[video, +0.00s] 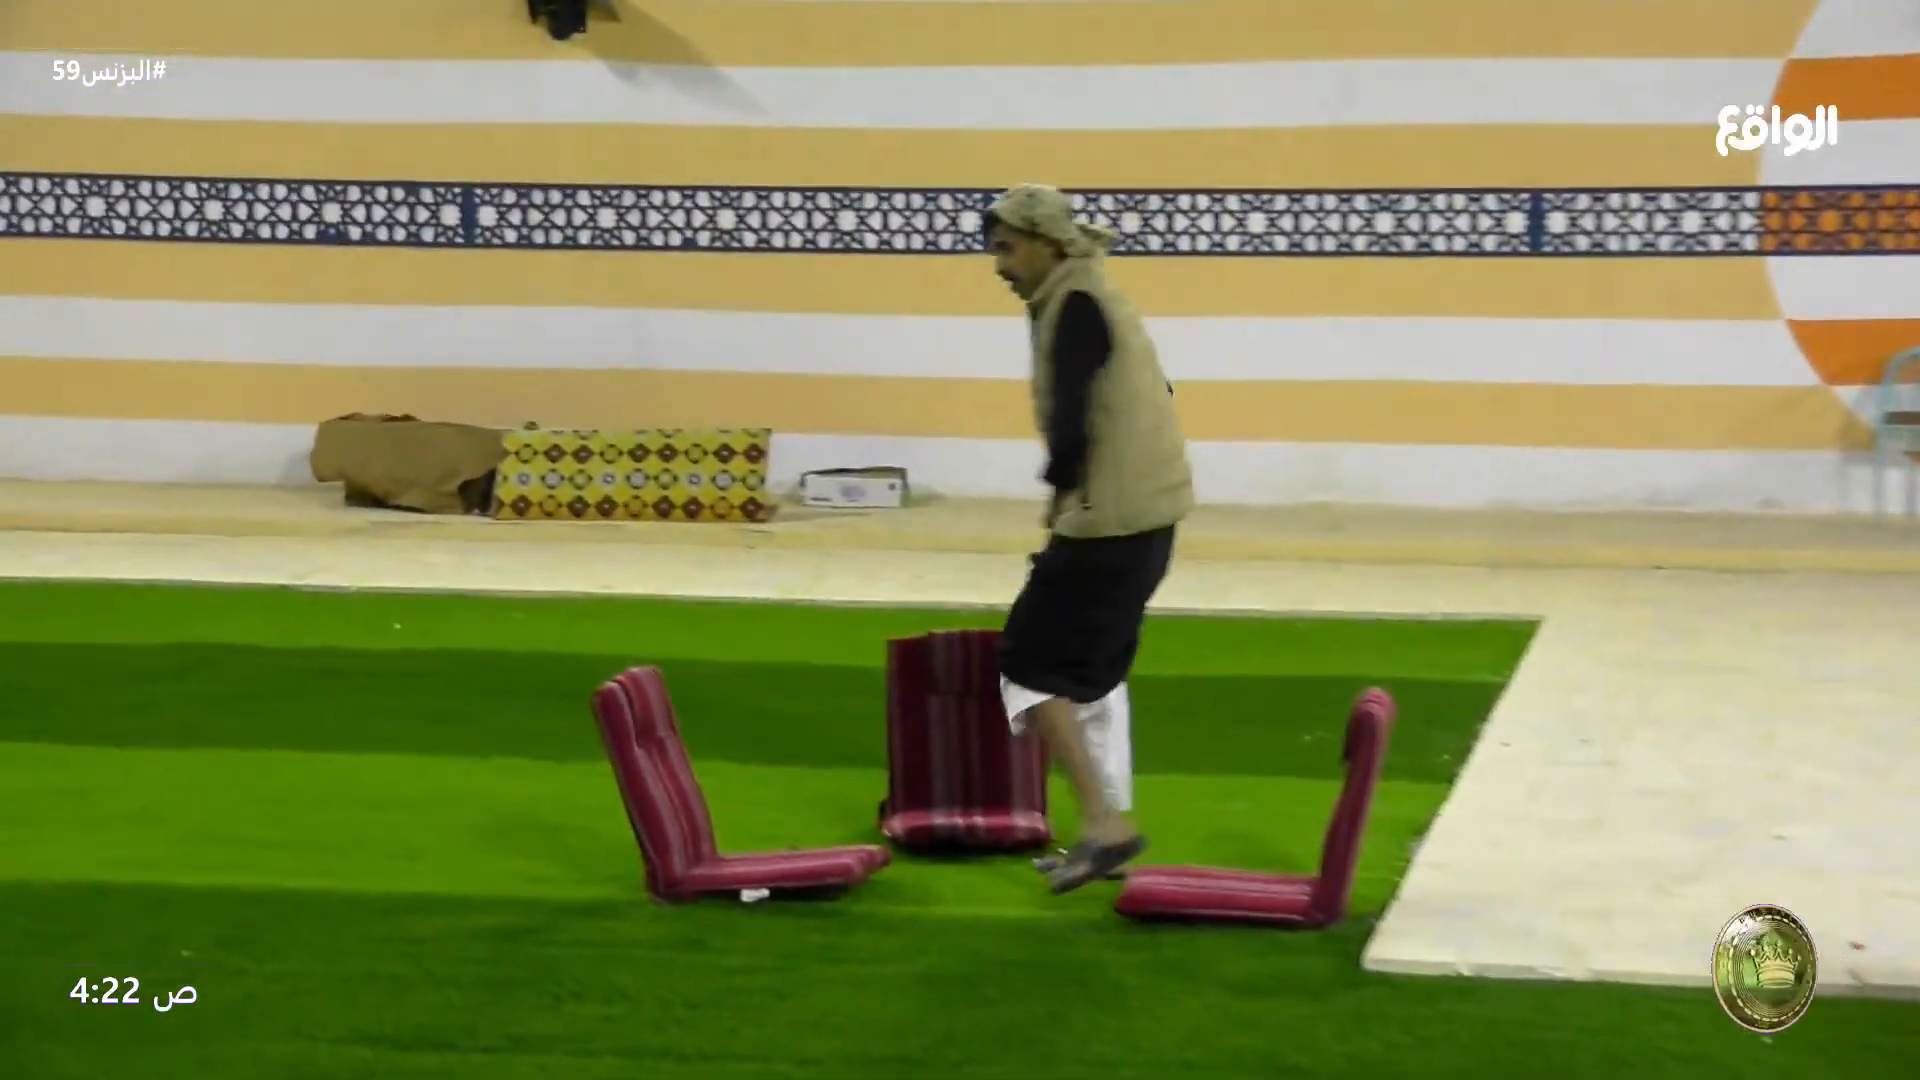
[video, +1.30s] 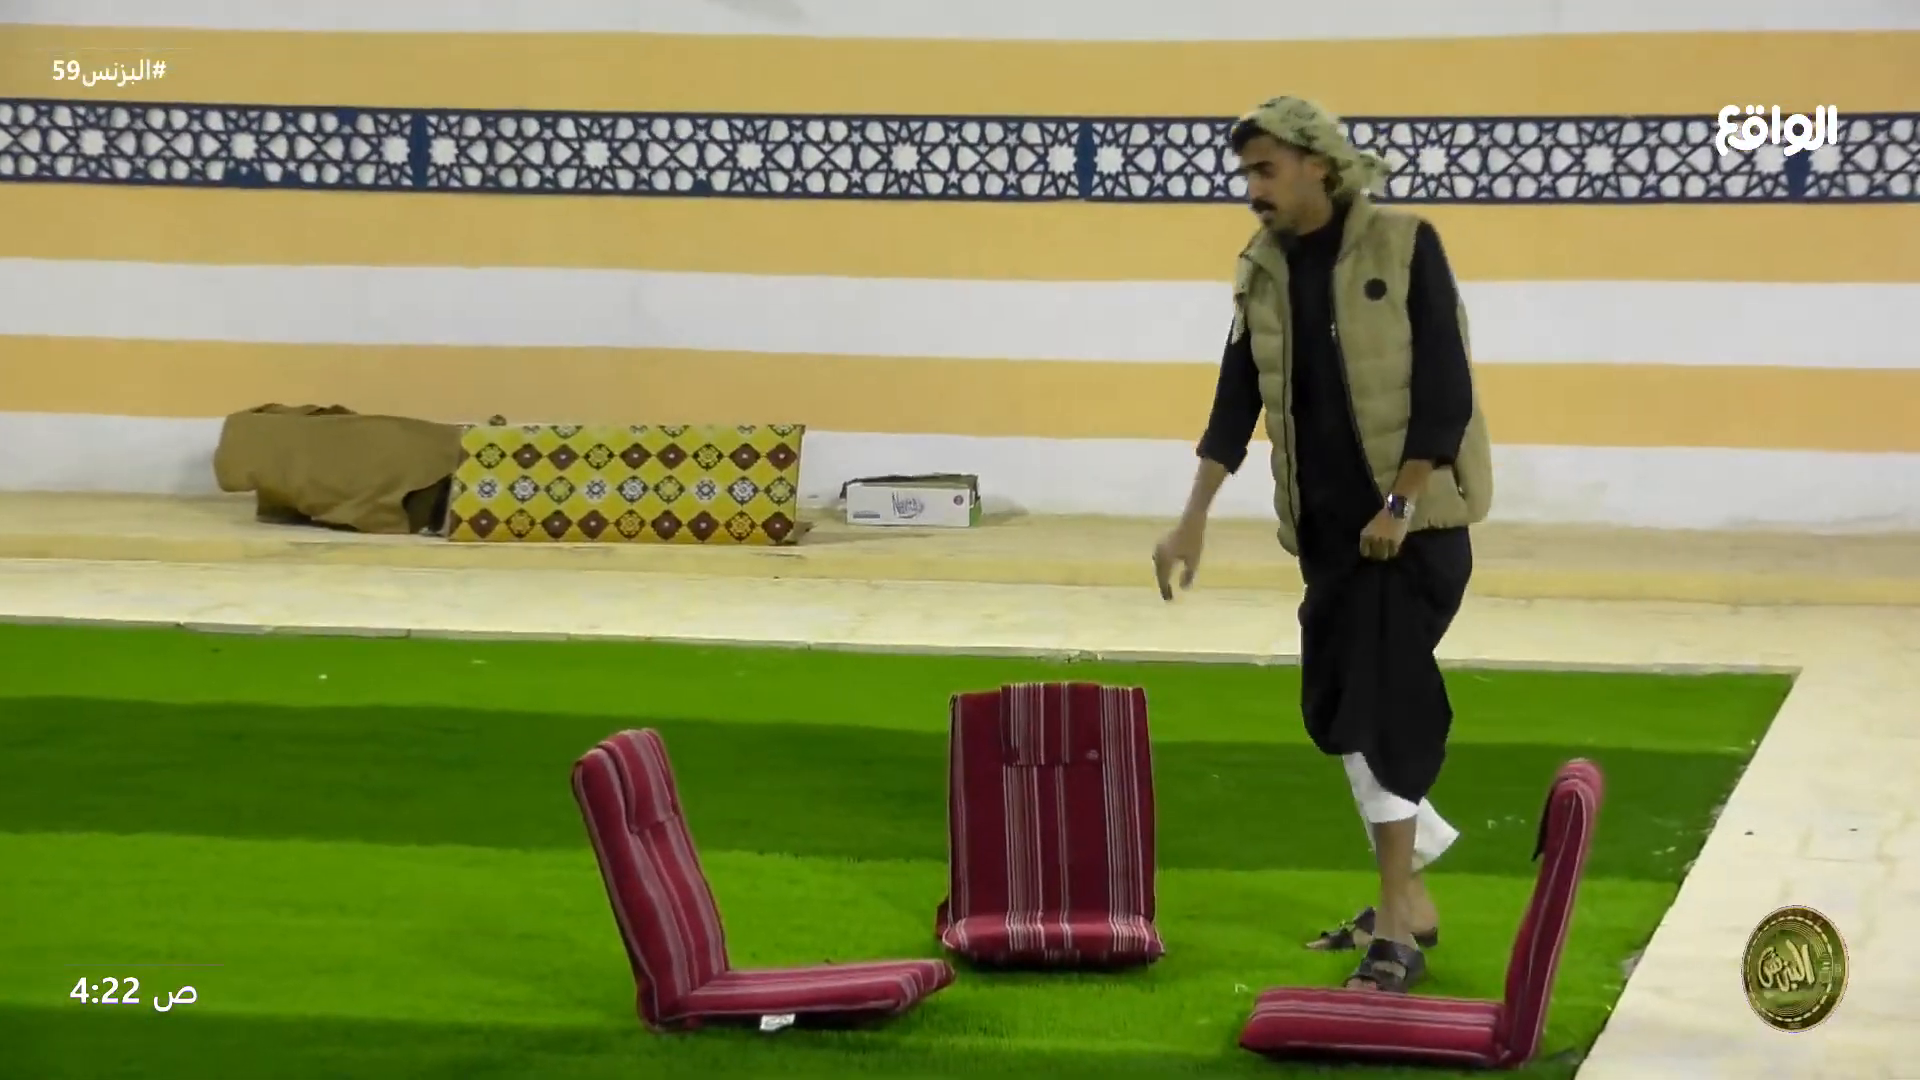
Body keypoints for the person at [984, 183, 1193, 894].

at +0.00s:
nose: (997, 264)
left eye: (1005, 248)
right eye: (994, 249)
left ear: (1045, 245)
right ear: (1052, 248)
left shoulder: (1073, 307)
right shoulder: (1094, 298)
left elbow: (1071, 415)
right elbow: (1149, 395)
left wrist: (1060, 491)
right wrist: (1087, 483)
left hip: (1109, 523)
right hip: (1140, 517)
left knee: (1031, 665)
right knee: (1075, 675)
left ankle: (1105, 825)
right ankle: (1104, 831)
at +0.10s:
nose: (1055, 253)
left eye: (1066, 238)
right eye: (1054, 239)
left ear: (1110, 237)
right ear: (1093, 241)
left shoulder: (1145, 302)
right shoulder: (1101, 306)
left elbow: (1145, 422)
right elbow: (1116, 421)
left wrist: (1115, 517)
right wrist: (1112, 513)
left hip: (1166, 521)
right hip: (1155, 523)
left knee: (1066, 659)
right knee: (1144, 688)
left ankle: (1206, 781)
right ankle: (1140, 866)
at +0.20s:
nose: (1089, 247)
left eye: (1101, 233)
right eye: (1088, 234)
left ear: (1148, 236)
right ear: (1117, 241)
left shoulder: (1183, 306)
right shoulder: (1123, 313)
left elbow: (1179, 422)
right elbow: (1127, 426)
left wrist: (1142, 515)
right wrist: (1125, 508)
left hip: (1198, 527)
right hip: (1165, 525)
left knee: (1114, 671)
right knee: (1159, 693)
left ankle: (1257, 774)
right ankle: (1164, 876)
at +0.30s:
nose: (1139, 242)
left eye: (1152, 229)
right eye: (1138, 229)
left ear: (1197, 235)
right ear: (1157, 237)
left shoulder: (1235, 314)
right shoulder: (1163, 310)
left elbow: (1222, 435)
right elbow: (1166, 424)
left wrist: (1173, 538)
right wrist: (1156, 495)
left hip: (1231, 548)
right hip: (1179, 543)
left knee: (1208, 713)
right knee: (1170, 711)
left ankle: (1313, 814)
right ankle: (1188, 889)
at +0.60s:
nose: (1239, 224)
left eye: (1256, 212)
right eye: (1237, 210)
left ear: (1301, 224)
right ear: (1239, 219)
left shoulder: (1347, 312)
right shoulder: (1221, 300)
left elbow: (1345, 448)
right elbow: (1219, 412)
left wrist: (1288, 544)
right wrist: (1179, 466)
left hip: (1317, 559)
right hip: (1223, 551)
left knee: (1332, 731)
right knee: (1190, 707)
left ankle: (1354, 891)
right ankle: (1201, 899)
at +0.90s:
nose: (1311, 196)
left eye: (1327, 180)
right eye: (1306, 181)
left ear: (1376, 183)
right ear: (1307, 186)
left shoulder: (1432, 279)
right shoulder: (1285, 269)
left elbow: (1444, 424)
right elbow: (1198, 353)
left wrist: (1387, 531)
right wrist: (1103, 432)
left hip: (1388, 550)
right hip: (1285, 543)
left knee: (1385, 740)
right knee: (1248, 703)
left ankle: (1389, 921)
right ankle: (1318, 868)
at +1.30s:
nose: (1252, 191)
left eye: (1264, 171)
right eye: (1246, 176)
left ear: (1320, 164)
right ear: (1256, 181)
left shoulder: (1402, 243)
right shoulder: (1265, 267)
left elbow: (1444, 382)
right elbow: (1238, 395)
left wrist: (1403, 501)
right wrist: (1194, 514)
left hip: (1414, 517)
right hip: (1327, 526)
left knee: (1376, 706)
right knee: (1342, 710)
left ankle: (1400, 921)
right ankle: (1409, 906)